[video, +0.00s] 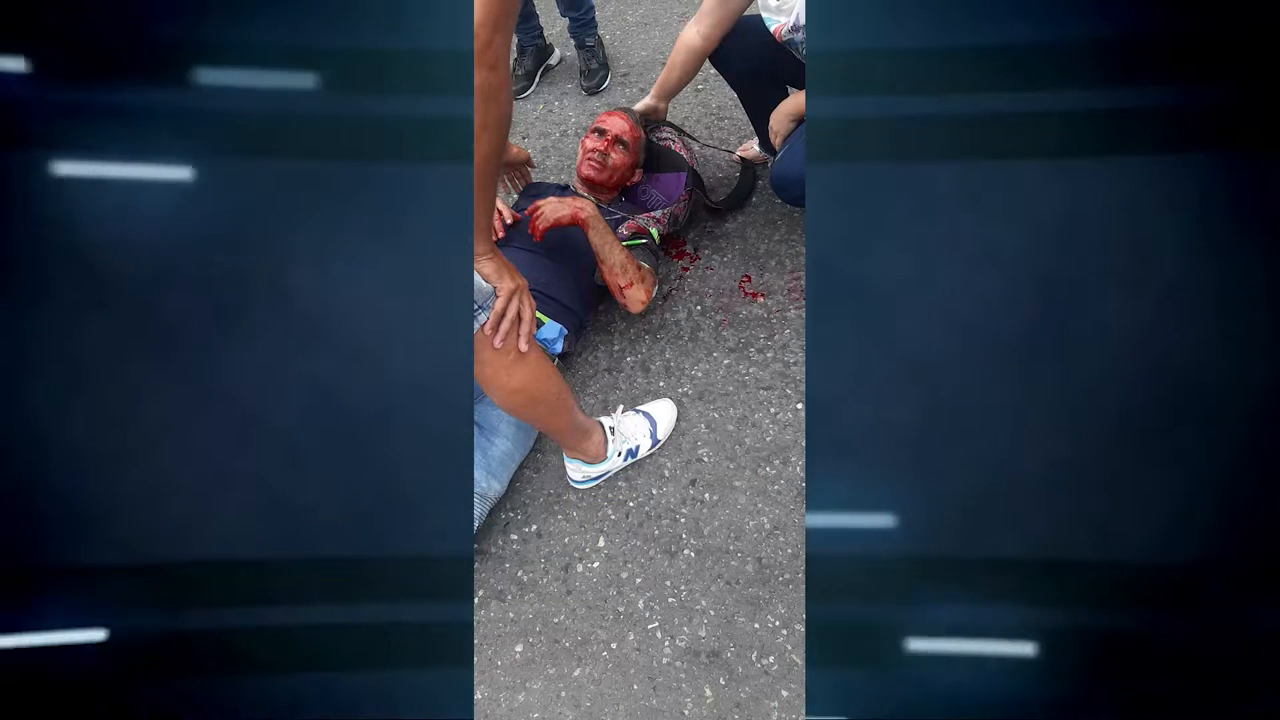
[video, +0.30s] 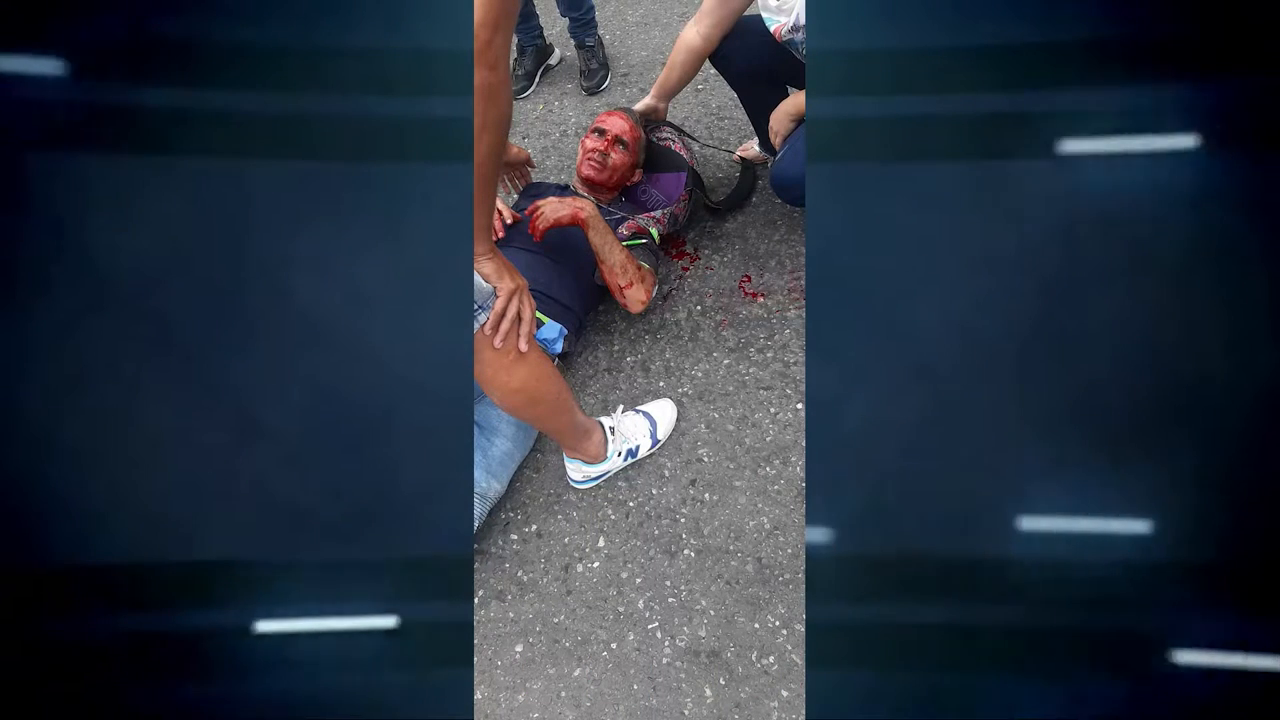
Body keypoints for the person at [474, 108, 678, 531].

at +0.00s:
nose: (602, 145)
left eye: (620, 144)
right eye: (597, 134)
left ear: (634, 172)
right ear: (580, 143)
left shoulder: (627, 221)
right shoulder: (534, 192)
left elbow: (636, 297)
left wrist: (590, 216)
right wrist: (481, 203)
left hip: (531, 344)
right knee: (495, 336)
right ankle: (590, 444)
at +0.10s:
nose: (602, 145)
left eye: (620, 144)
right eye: (597, 134)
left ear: (634, 172)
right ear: (580, 143)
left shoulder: (627, 221)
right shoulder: (534, 192)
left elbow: (637, 297)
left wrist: (590, 216)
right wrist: (481, 202)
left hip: (531, 344)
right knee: (495, 336)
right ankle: (590, 444)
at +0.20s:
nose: (599, 145)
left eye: (618, 143)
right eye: (593, 133)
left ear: (635, 170)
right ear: (579, 141)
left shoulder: (629, 223)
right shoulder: (534, 191)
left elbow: (637, 296)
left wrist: (589, 218)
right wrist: (484, 238)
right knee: (492, 332)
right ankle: (590, 445)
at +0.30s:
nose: (600, 146)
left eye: (618, 144)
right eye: (595, 133)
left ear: (634, 171)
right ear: (579, 141)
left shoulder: (624, 224)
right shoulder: (531, 189)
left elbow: (637, 297)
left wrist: (590, 216)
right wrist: (482, 235)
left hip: (533, 340)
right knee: (494, 338)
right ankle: (590, 443)